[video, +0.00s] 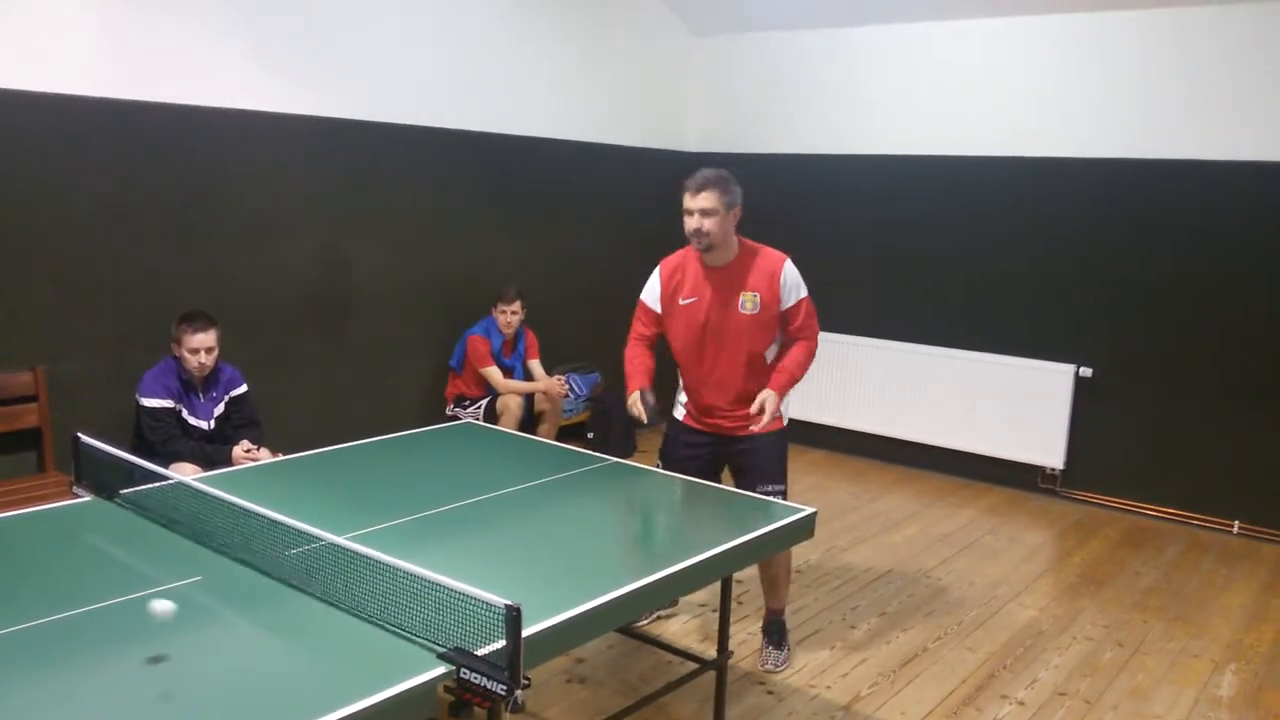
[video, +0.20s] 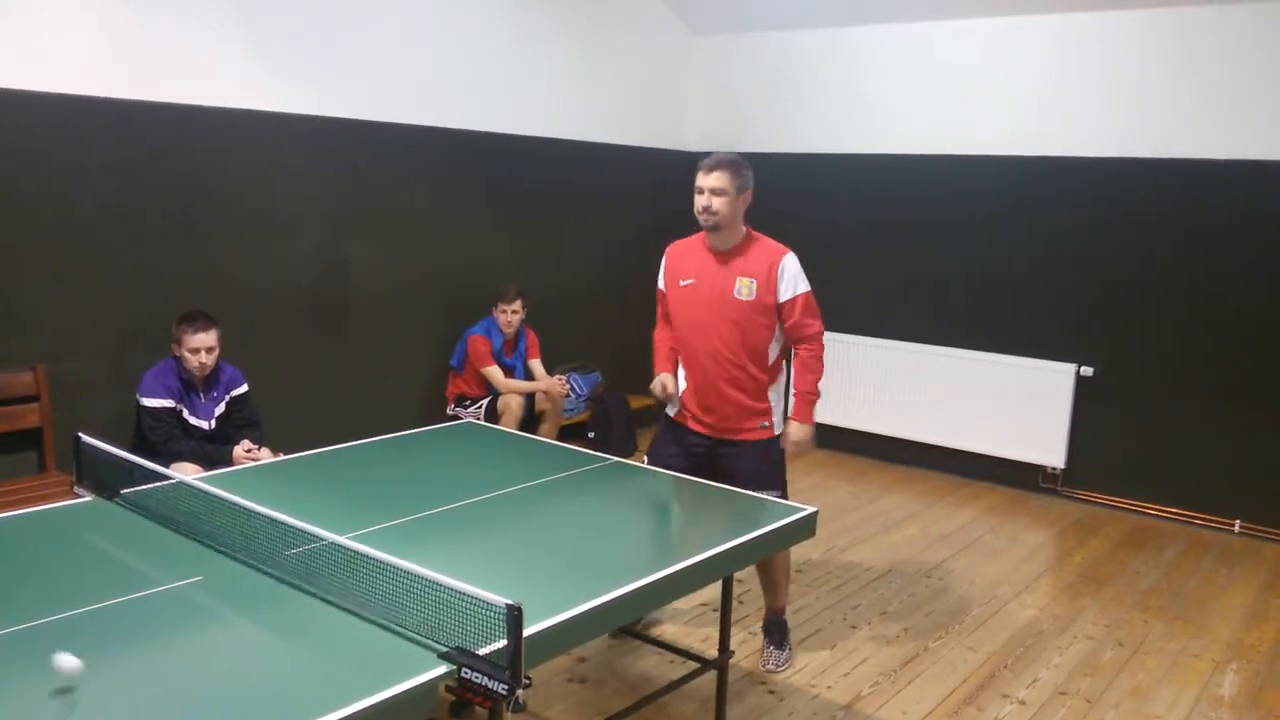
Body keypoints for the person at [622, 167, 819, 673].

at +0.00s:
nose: (696, 224)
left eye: (707, 214)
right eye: (689, 213)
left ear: (735, 214)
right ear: (682, 215)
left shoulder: (775, 270)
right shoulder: (669, 272)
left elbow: (804, 336)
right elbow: (641, 336)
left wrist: (776, 388)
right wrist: (637, 384)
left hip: (757, 424)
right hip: (693, 418)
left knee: (770, 524)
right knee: (666, 509)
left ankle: (774, 625)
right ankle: (661, 588)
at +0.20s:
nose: (705, 202)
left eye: (717, 194)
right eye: (700, 192)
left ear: (744, 199)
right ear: (693, 196)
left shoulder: (777, 262)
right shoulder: (674, 257)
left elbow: (808, 338)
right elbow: (665, 323)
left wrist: (802, 415)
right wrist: (663, 370)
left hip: (752, 432)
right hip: (684, 423)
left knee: (768, 531)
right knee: (645, 505)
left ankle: (775, 623)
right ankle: (637, 596)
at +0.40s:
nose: (691, 190)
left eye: (703, 183)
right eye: (687, 182)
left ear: (730, 191)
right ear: (680, 188)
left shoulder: (759, 255)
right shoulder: (663, 249)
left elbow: (795, 332)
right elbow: (650, 319)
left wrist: (818, 406)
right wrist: (645, 358)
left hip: (733, 425)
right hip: (665, 417)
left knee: (753, 527)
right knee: (646, 516)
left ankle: (773, 622)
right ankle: (640, 611)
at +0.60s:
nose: (652, 237)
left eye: (661, 227)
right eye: (648, 228)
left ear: (694, 226)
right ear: (649, 229)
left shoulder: (740, 277)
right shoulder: (653, 280)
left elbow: (772, 351)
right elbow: (650, 344)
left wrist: (705, 371)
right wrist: (642, 380)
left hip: (740, 431)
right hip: (684, 426)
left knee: (744, 533)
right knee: (665, 516)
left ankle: (751, 641)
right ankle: (666, 599)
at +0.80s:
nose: (627, 252)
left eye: (634, 241)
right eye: (624, 243)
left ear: (667, 237)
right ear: (652, 243)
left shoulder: (719, 278)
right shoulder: (657, 295)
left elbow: (763, 337)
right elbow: (663, 361)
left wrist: (694, 365)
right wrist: (615, 403)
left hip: (739, 437)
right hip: (687, 430)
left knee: (731, 538)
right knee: (654, 512)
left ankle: (751, 642)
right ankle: (667, 599)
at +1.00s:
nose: (620, 236)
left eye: (627, 226)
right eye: (619, 227)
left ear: (659, 222)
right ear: (645, 226)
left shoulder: (724, 261)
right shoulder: (634, 285)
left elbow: (771, 321)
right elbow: (599, 338)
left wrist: (711, 339)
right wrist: (536, 360)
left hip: (742, 420)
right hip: (682, 418)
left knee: (747, 530)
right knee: (662, 512)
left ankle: (755, 638)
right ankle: (674, 594)